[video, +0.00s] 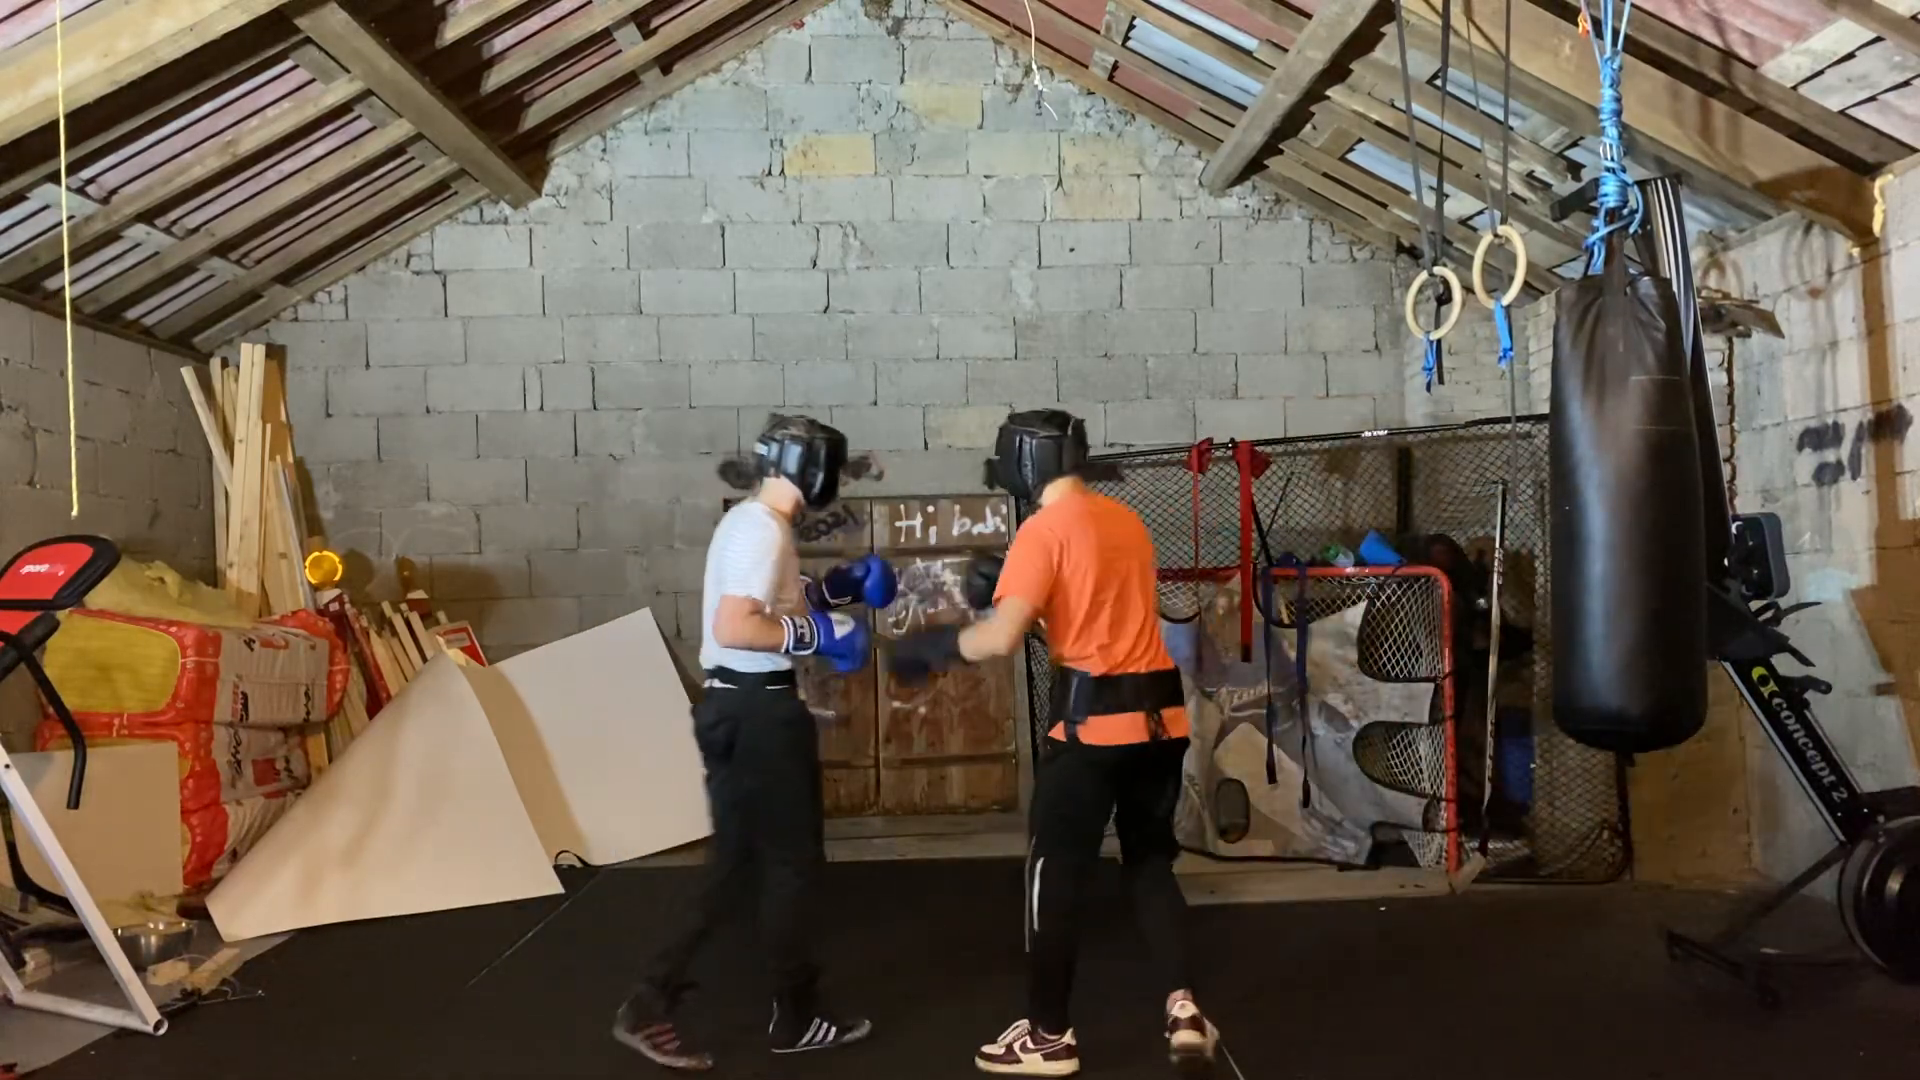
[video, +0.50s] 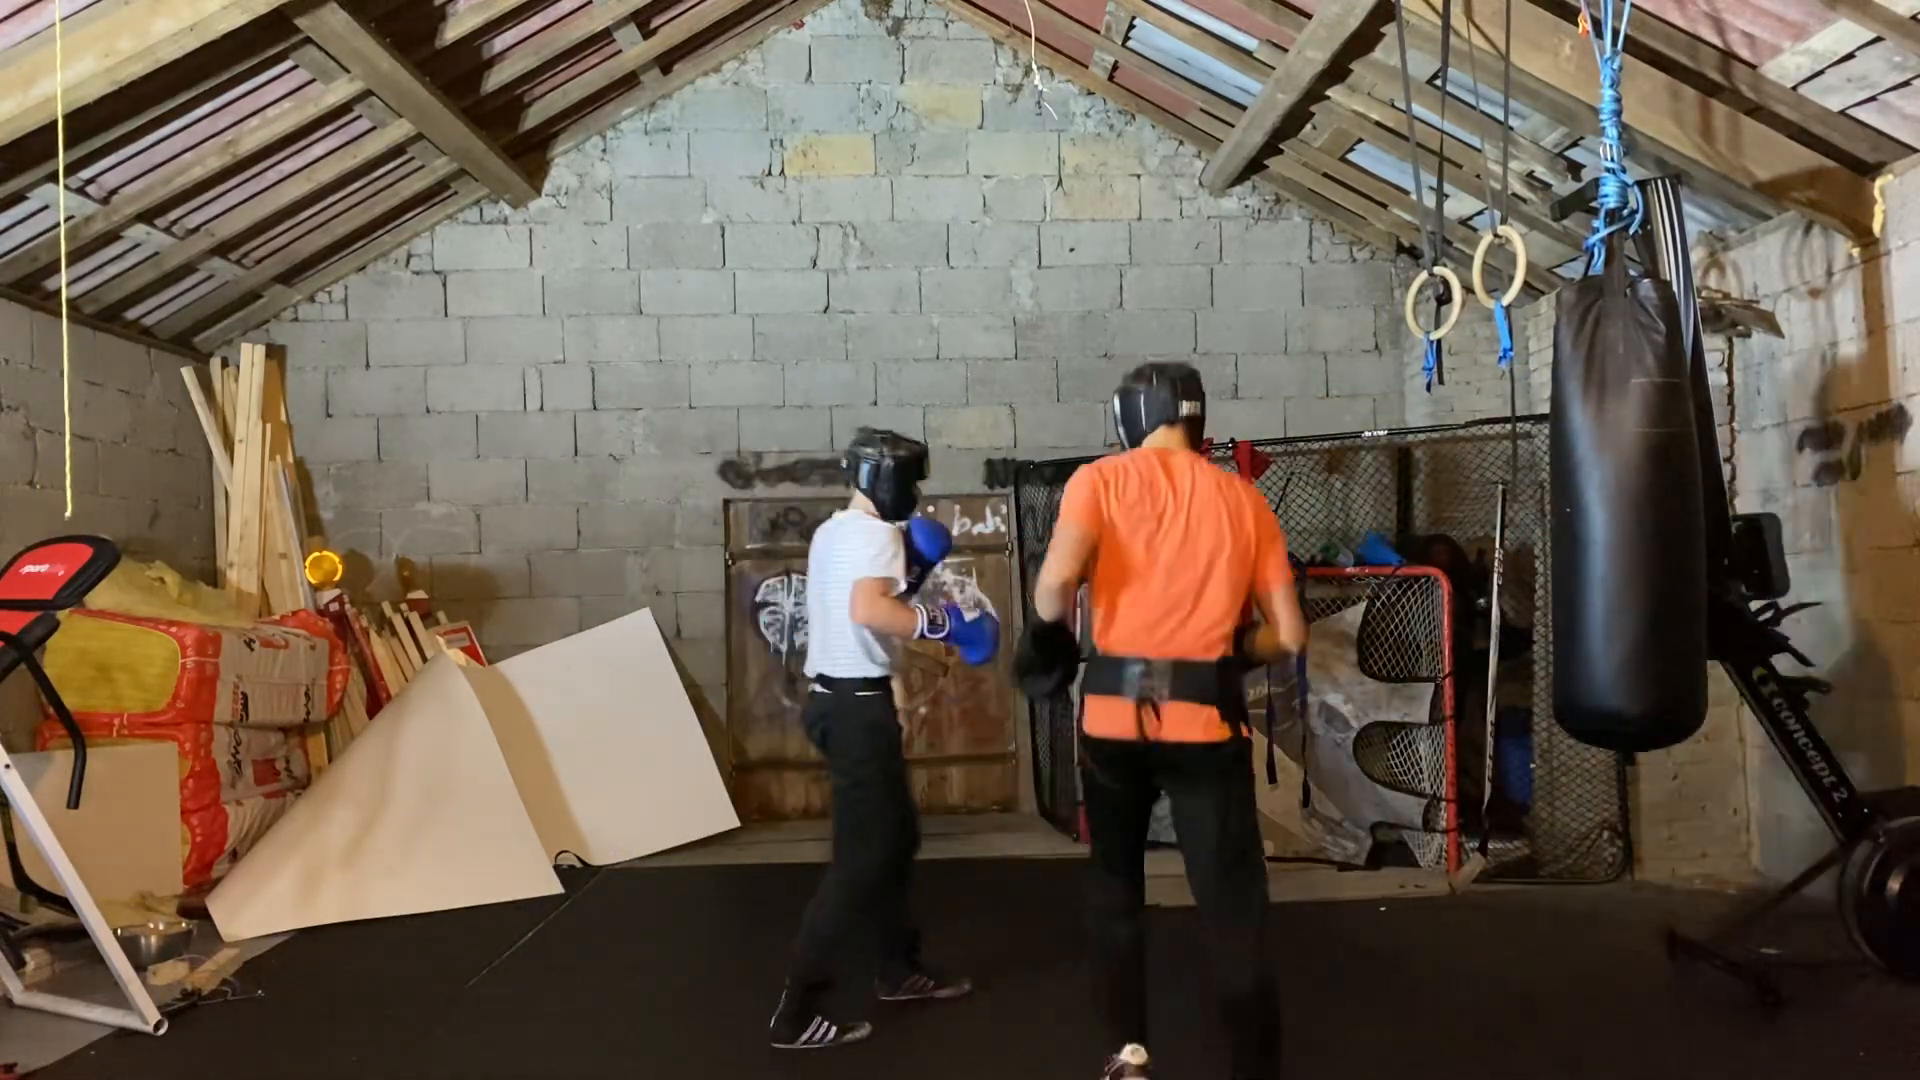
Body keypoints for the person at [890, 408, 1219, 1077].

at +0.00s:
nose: (1005, 481)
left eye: (1007, 469)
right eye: (1004, 468)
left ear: (1025, 465)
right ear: (1075, 459)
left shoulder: (1044, 532)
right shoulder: (1129, 520)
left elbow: (1001, 636)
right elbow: (1116, 604)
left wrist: (946, 645)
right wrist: (1017, 597)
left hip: (1094, 727)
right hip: (1163, 723)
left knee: (1055, 866)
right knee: (1151, 859)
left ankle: (1047, 1031)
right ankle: (1182, 1006)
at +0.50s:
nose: (1118, 425)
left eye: (1122, 414)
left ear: (1132, 417)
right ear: (1198, 421)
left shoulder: (1098, 480)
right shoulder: (1245, 499)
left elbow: (1054, 584)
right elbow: (1288, 635)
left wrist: (1047, 637)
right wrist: (1222, 646)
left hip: (1111, 721)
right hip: (1205, 723)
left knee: (1115, 880)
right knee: (1232, 900)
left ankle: (1128, 1050)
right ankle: (1252, 1064)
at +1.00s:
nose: (1157, 424)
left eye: (1158, 413)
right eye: (1246, 414)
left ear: (1162, 418)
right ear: (1243, 418)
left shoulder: (1111, 510)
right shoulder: (1284, 510)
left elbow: (1063, 637)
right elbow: (1347, 666)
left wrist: (1074, 682)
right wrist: (1299, 650)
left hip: (1121, 783)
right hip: (1232, 789)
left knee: (1103, 980)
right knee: (1276, 1008)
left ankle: (1090, 1062)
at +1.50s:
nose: (1086, 431)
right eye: (1082, 418)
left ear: (992, 425)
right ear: (1072, 422)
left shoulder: (938, 512)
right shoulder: (1097, 498)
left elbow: (932, 638)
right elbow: (1215, 606)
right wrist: (1180, 514)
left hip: (966, 800)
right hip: (1066, 802)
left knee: (987, 983)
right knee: (1136, 1008)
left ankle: (968, 1062)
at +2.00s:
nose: (984, 443)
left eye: (985, 431)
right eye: (982, 428)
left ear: (890, 417)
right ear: (964, 421)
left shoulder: (822, 503)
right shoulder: (960, 500)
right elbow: (1058, 592)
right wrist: (1055, 474)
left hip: (850, 804)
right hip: (921, 812)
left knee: (927, 1029)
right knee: (893, 1047)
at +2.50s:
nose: (890, 468)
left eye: (895, 449)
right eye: (889, 447)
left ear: (801, 431)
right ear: (859, 447)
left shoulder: (742, 516)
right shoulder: (818, 527)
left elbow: (892, 556)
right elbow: (950, 573)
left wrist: (912, 471)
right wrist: (953, 457)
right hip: (783, 821)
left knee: (897, 992)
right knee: (763, 1044)